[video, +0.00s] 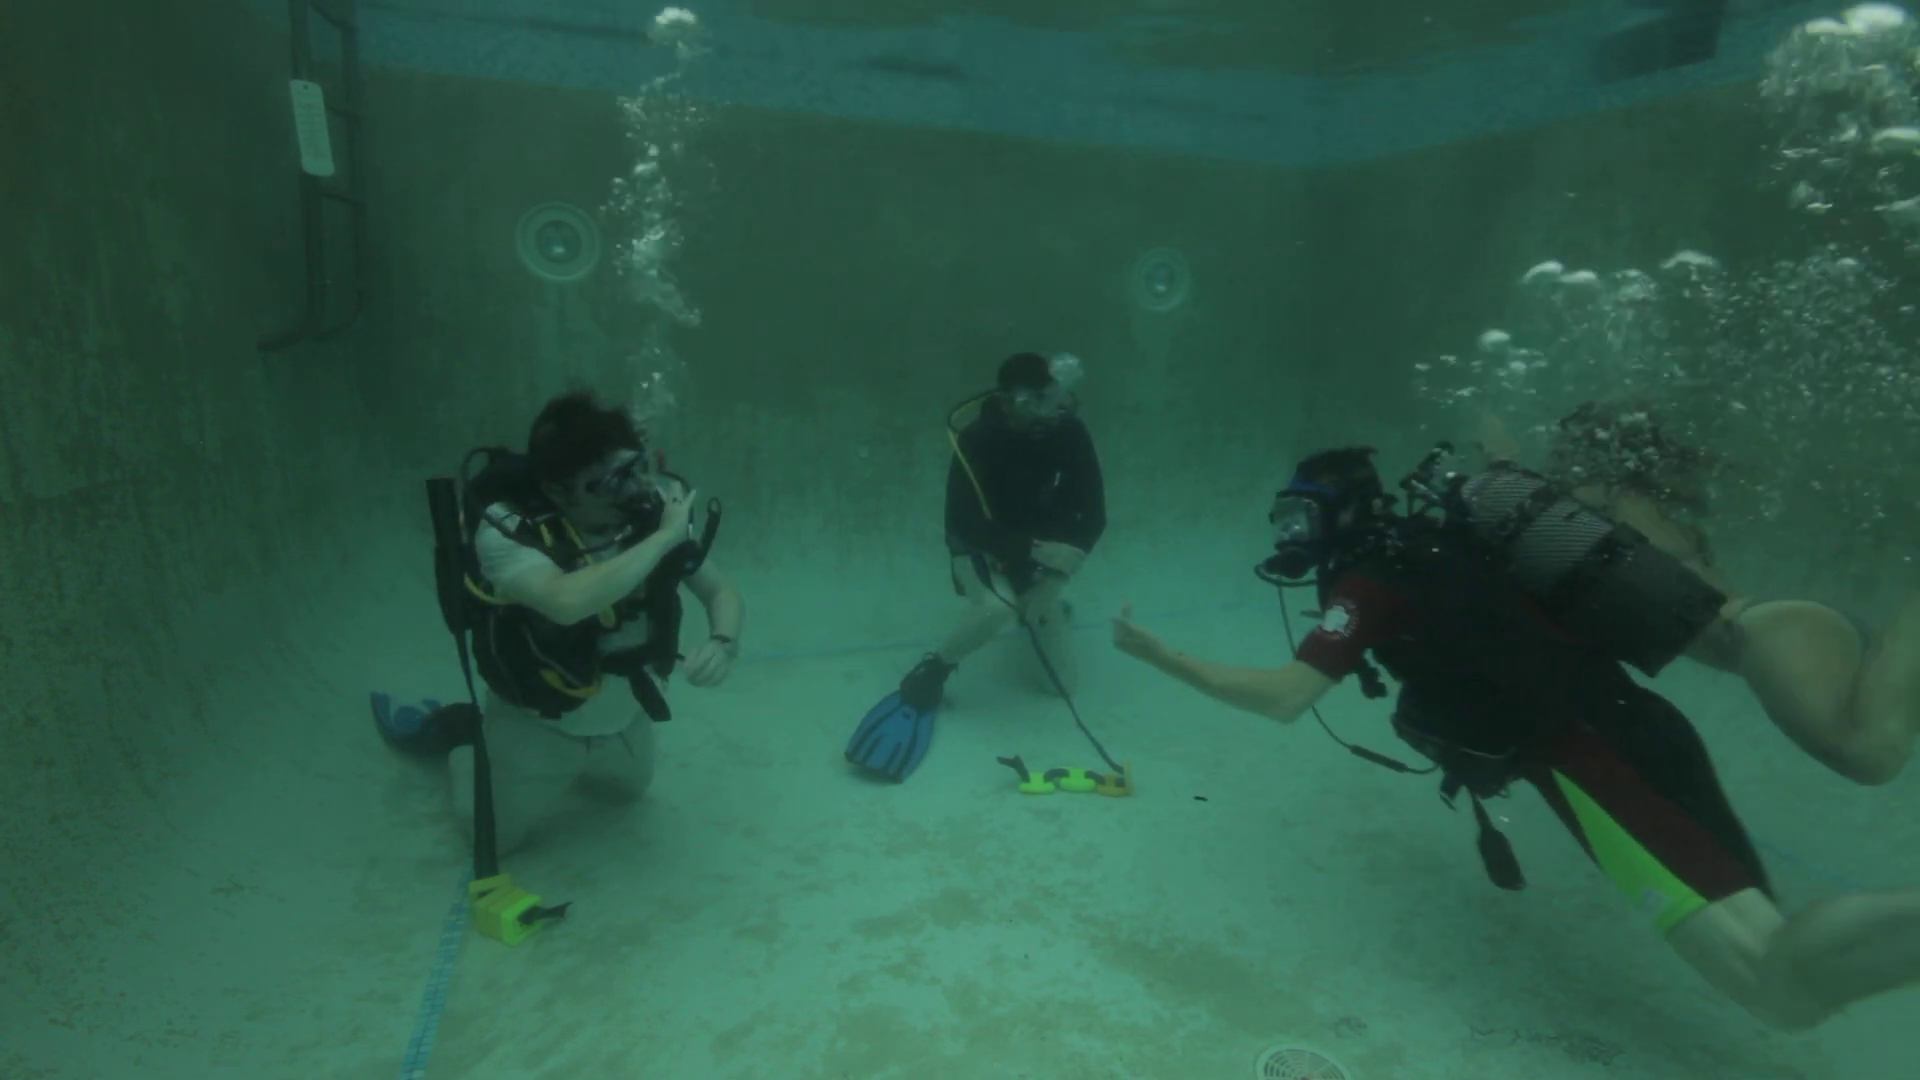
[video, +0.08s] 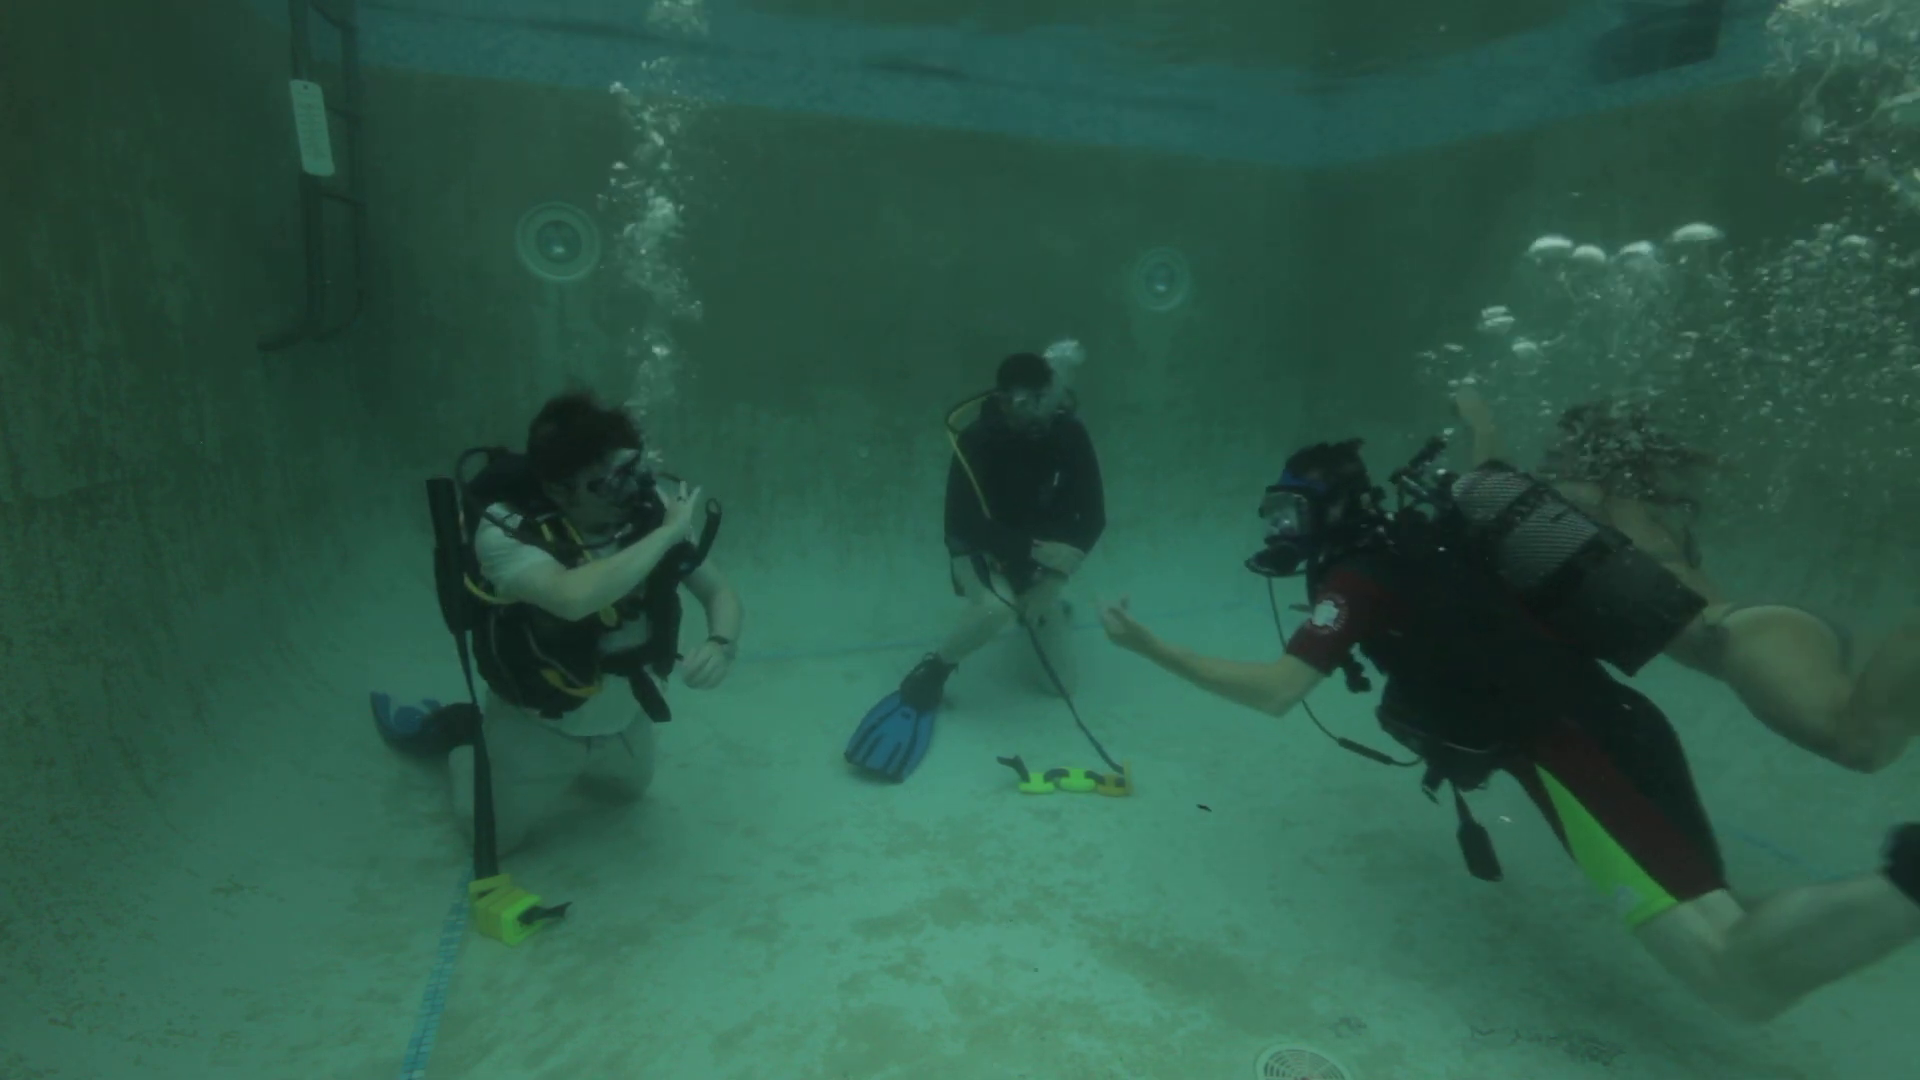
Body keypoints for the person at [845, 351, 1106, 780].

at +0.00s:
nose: (1051, 412)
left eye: (1053, 401)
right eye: (1041, 403)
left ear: (1056, 396)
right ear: (1011, 400)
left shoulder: (1069, 432)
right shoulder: (979, 438)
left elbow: (1092, 514)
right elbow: (972, 524)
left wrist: (1053, 582)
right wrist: (1038, 551)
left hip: (1045, 549)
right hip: (984, 546)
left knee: (1061, 678)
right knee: (998, 607)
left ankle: (1047, 605)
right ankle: (932, 672)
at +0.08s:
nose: (1055, 408)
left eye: (1054, 397)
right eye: (1045, 399)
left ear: (1051, 395)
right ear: (1014, 401)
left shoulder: (1068, 431)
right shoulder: (979, 438)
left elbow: (1091, 514)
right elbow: (972, 523)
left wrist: (1053, 579)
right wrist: (1036, 551)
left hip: (1046, 543)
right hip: (985, 541)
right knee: (997, 607)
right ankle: (933, 672)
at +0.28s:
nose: (1032, 410)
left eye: (1038, 398)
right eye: (1022, 401)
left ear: (1049, 393)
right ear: (1001, 401)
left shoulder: (1066, 433)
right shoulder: (976, 439)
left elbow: (1090, 513)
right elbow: (966, 523)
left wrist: (1049, 583)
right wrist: (1033, 549)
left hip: (1043, 552)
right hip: (983, 547)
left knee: (1060, 677)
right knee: (993, 608)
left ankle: (1044, 605)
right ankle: (933, 673)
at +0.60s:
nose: (1031, 412)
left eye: (1037, 400)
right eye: (1019, 402)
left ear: (1047, 395)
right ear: (997, 402)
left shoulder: (1062, 431)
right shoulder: (972, 438)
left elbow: (1086, 513)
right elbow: (962, 524)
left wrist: (1046, 582)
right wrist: (1030, 551)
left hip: (1039, 549)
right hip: (978, 545)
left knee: (1060, 678)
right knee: (991, 609)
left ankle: (1045, 605)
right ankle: (931, 674)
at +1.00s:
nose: (1024, 408)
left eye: (1030, 396)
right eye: (1012, 399)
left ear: (1040, 392)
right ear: (991, 400)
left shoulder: (1057, 431)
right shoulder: (967, 439)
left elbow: (1083, 511)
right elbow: (955, 522)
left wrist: (1047, 573)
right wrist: (1022, 548)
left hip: (1038, 551)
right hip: (978, 546)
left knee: (1061, 680)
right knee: (989, 605)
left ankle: (1041, 606)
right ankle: (927, 679)